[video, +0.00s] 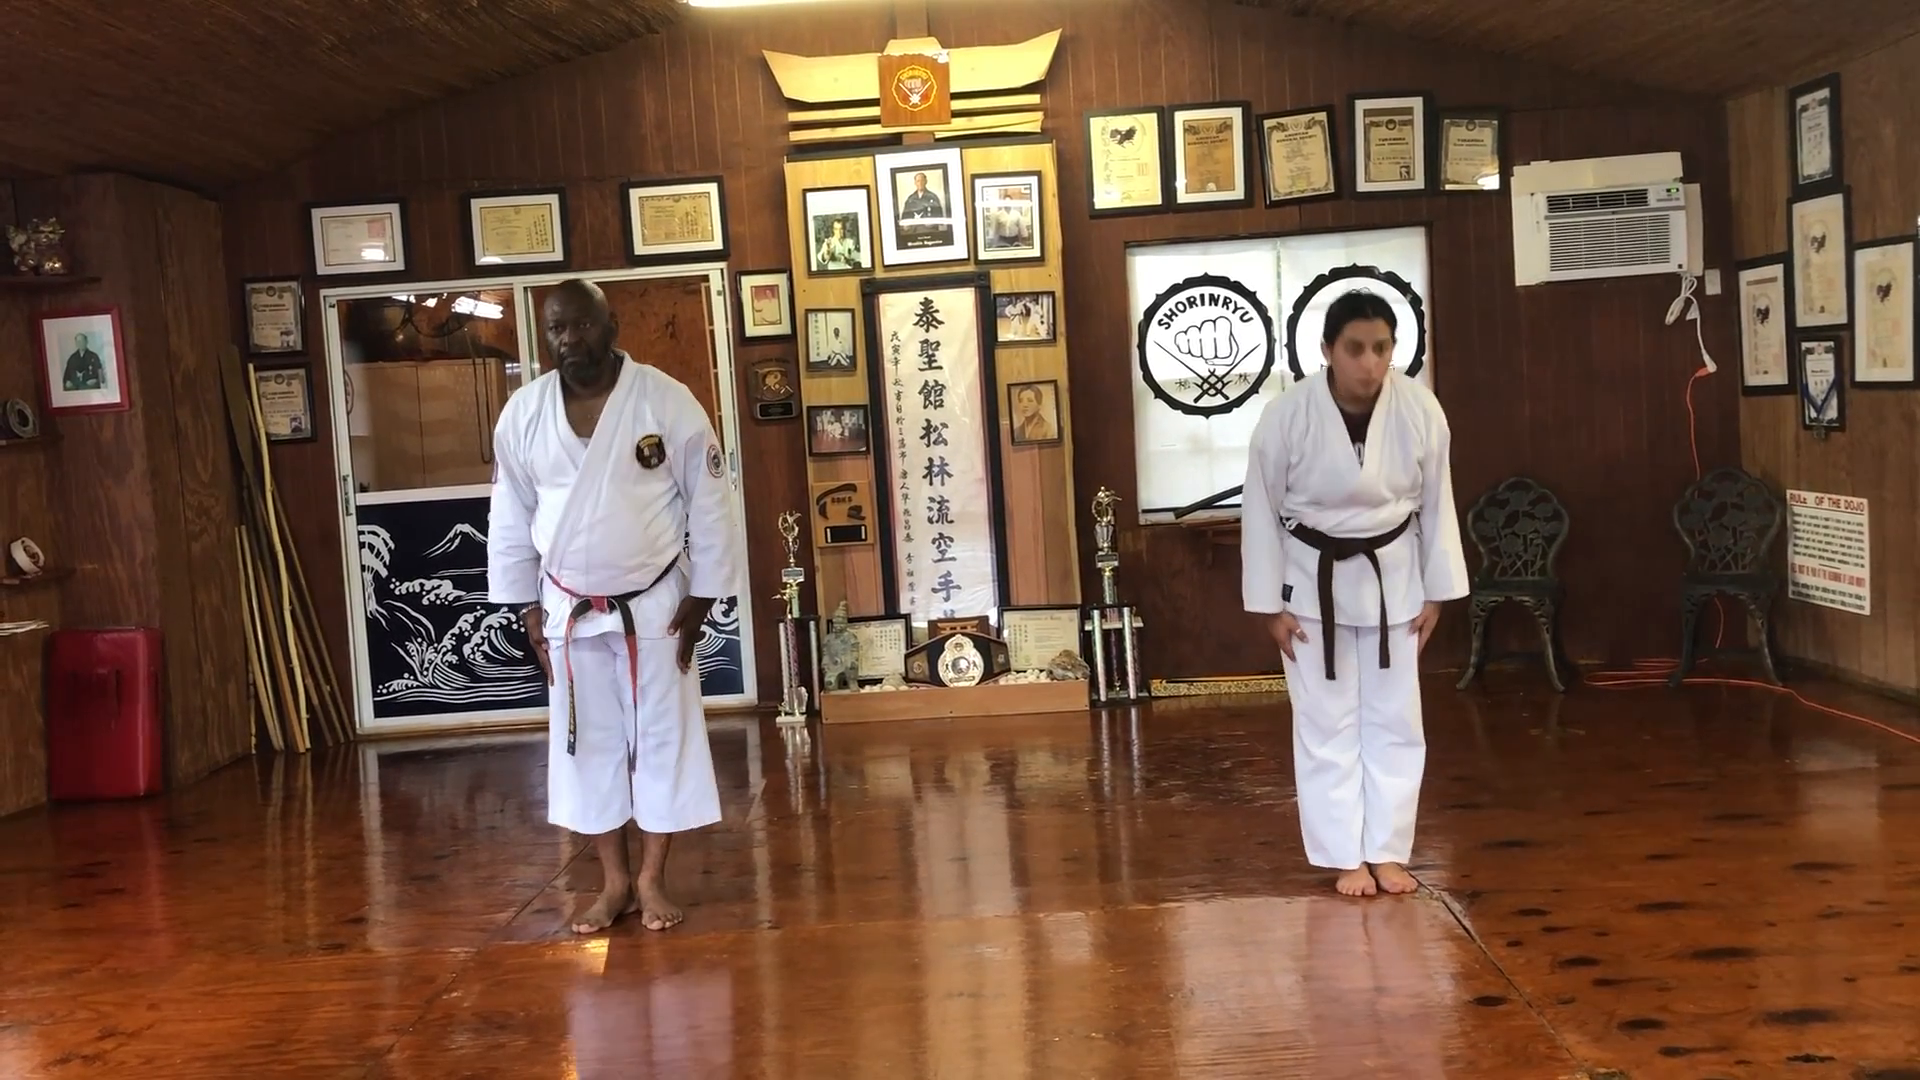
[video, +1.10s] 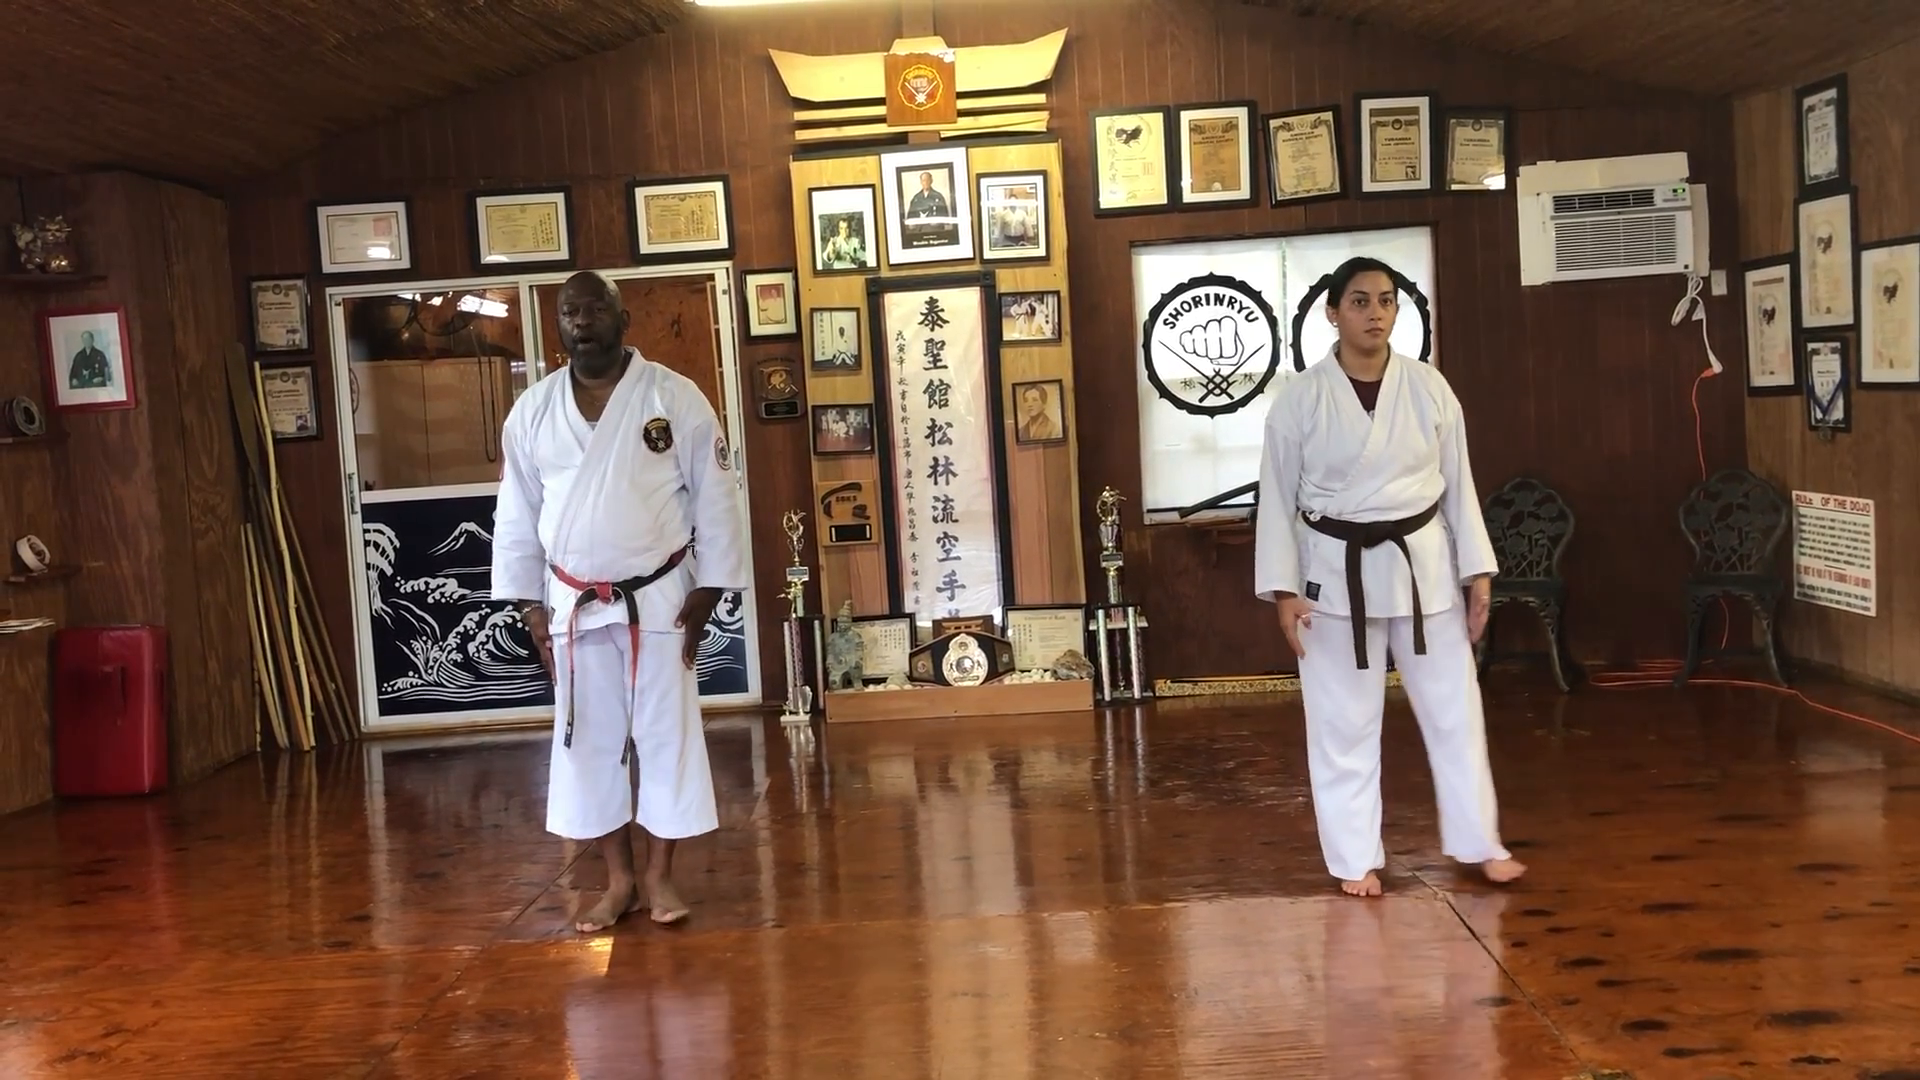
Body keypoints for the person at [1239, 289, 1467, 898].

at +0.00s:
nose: (1371, 363)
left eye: (1381, 349)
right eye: (1357, 349)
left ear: (1393, 352)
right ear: (1328, 352)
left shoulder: (1420, 410)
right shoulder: (1287, 415)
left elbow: (1437, 506)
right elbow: (1260, 511)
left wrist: (1435, 594)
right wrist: (1270, 604)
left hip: (1394, 568)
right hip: (1312, 570)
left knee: (1394, 715)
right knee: (1328, 718)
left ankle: (1388, 853)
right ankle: (1346, 858)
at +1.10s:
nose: (1375, 313)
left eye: (1386, 301)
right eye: (1360, 301)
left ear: (1398, 313)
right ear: (1334, 312)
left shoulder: (1429, 387)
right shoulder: (1298, 396)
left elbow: (1458, 487)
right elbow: (1276, 497)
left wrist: (1478, 570)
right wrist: (1283, 586)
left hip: (1425, 563)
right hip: (1335, 567)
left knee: (1455, 710)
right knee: (1345, 721)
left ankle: (1480, 844)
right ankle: (1356, 860)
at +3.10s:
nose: (1438, 354)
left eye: (1448, 342)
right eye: (1423, 342)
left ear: (1461, 352)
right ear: (1397, 352)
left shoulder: (1493, 428)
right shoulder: (1361, 435)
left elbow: (1521, 525)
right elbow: (1339, 530)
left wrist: (1536, 610)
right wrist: (1344, 614)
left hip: (1485, 609)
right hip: (1390, 611)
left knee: (1498, 763)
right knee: (1375, 763)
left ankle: (1513, 895)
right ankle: (1358, 900)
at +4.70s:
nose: (1441, 347)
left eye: (1451, 335)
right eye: (1426, 336)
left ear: (1463, 346)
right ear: (1399, 348)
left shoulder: (1496, 418)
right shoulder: (1368, 424)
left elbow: (1542, 504)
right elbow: (1329, 519)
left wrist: (1529, 578)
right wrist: (1381, 584)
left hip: (1481, 594)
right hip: (1388, 594)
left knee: (1499, 750)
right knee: (1374, 752)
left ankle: (1510, 889)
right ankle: (1357, 891)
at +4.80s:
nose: (1451, 352)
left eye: (1460, 341)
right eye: (1436, 342)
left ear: (1473, 354)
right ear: (1407, 356)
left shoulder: (1503, 406)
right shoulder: (1372, 415)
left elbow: (1588, 431)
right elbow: (1369, 443)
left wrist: (1564, 454)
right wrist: (1421, 462)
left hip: (1470, 585)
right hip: (1380, 586)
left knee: (1490, 732)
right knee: (1371, 735)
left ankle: (1512, 878)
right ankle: (1349, 881)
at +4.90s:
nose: (1457, 386)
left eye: (1467, 374)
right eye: (1445, 376)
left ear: (1481, 385)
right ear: (1420, 386)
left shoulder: (1498, 434)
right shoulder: (1389, 446)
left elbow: (1539, 403)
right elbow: (1394, 419)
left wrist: (1577, 348)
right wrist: (1423, 366)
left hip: (1471, 590)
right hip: (1380, 590)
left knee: (1486, 732)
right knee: (1371, 735)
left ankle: (1509, 881)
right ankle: (1348, 881)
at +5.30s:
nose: (1407, 419)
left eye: (1421, 403)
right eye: (1398, 410)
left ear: (1456, 408)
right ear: (1390, 417)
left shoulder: (1486, 453)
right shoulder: (1383, 462)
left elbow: (1550, 443)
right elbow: (1364, 476)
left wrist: (1540, 400)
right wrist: (1368, 425)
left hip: (1438, 615)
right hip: (1350, 607)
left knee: (1481, 746)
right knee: (1326, 735)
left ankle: (1508, 882)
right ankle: (1270, 866)